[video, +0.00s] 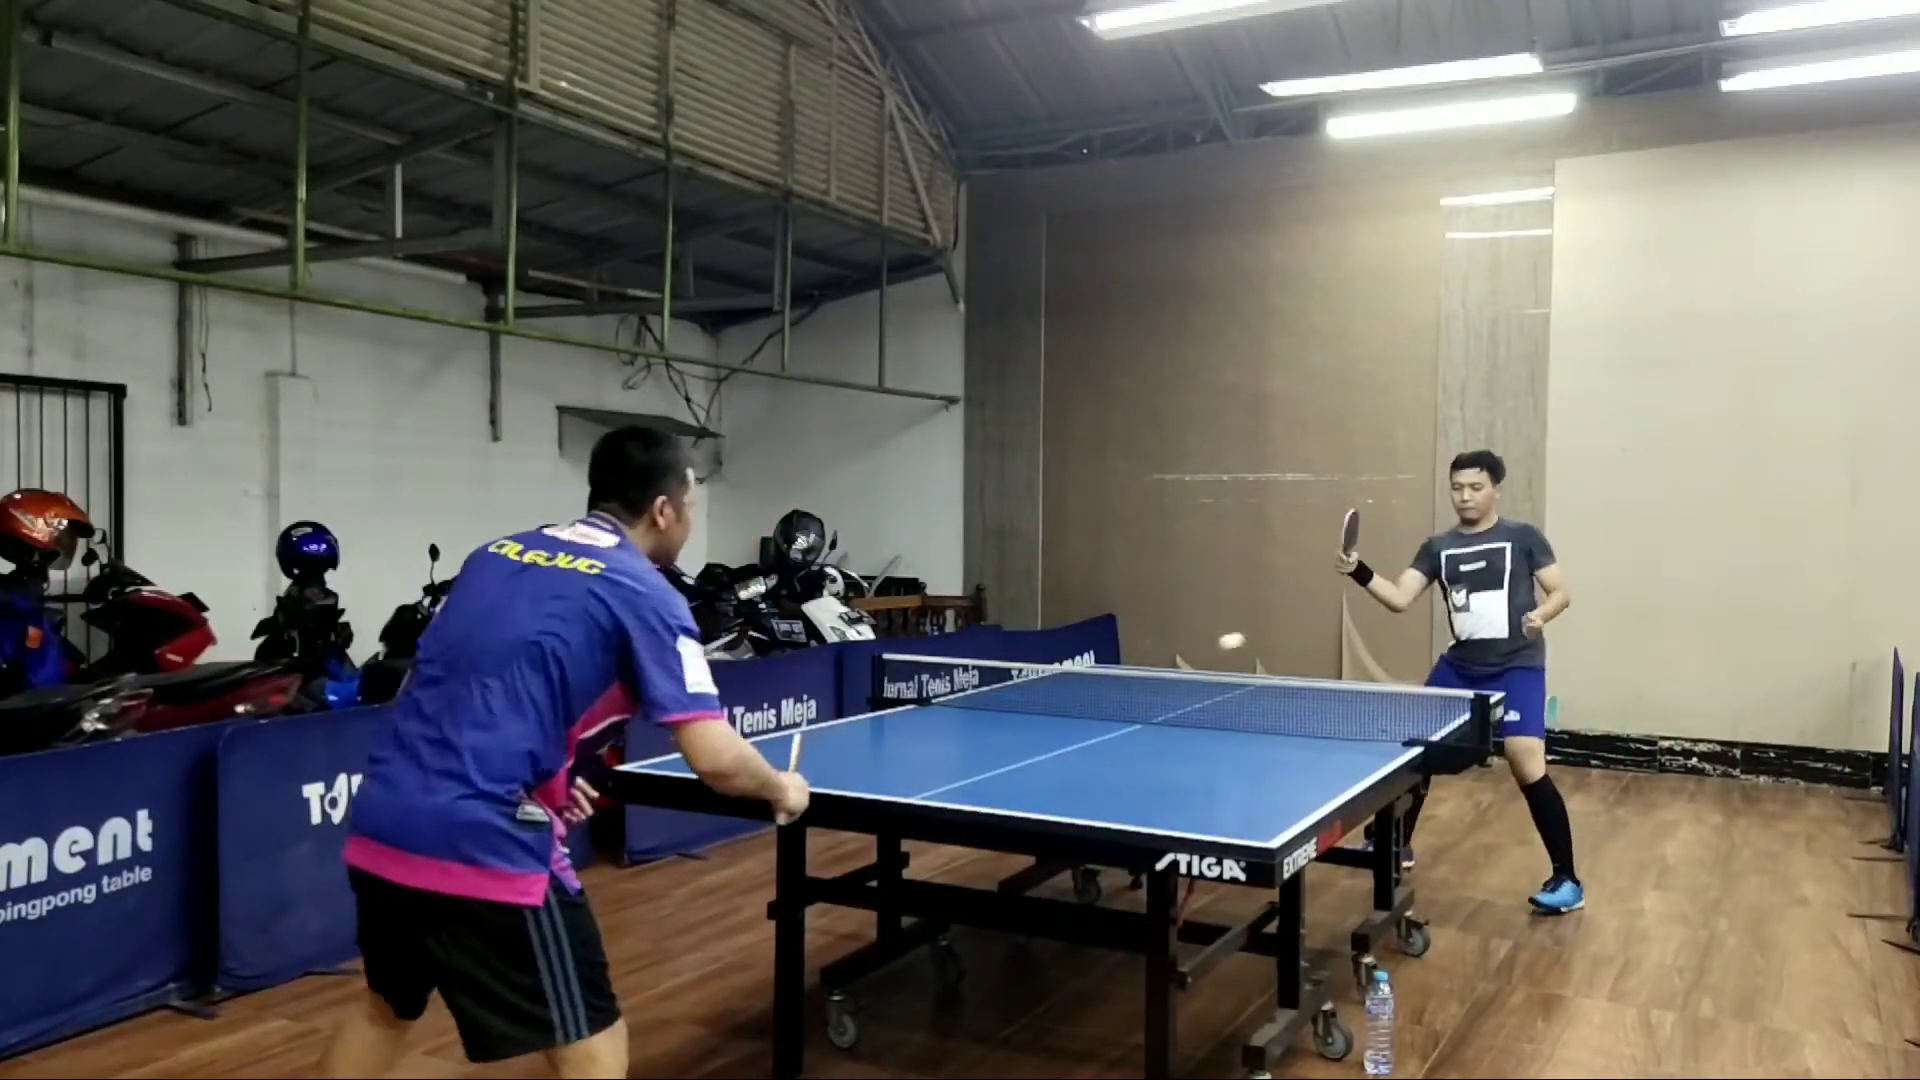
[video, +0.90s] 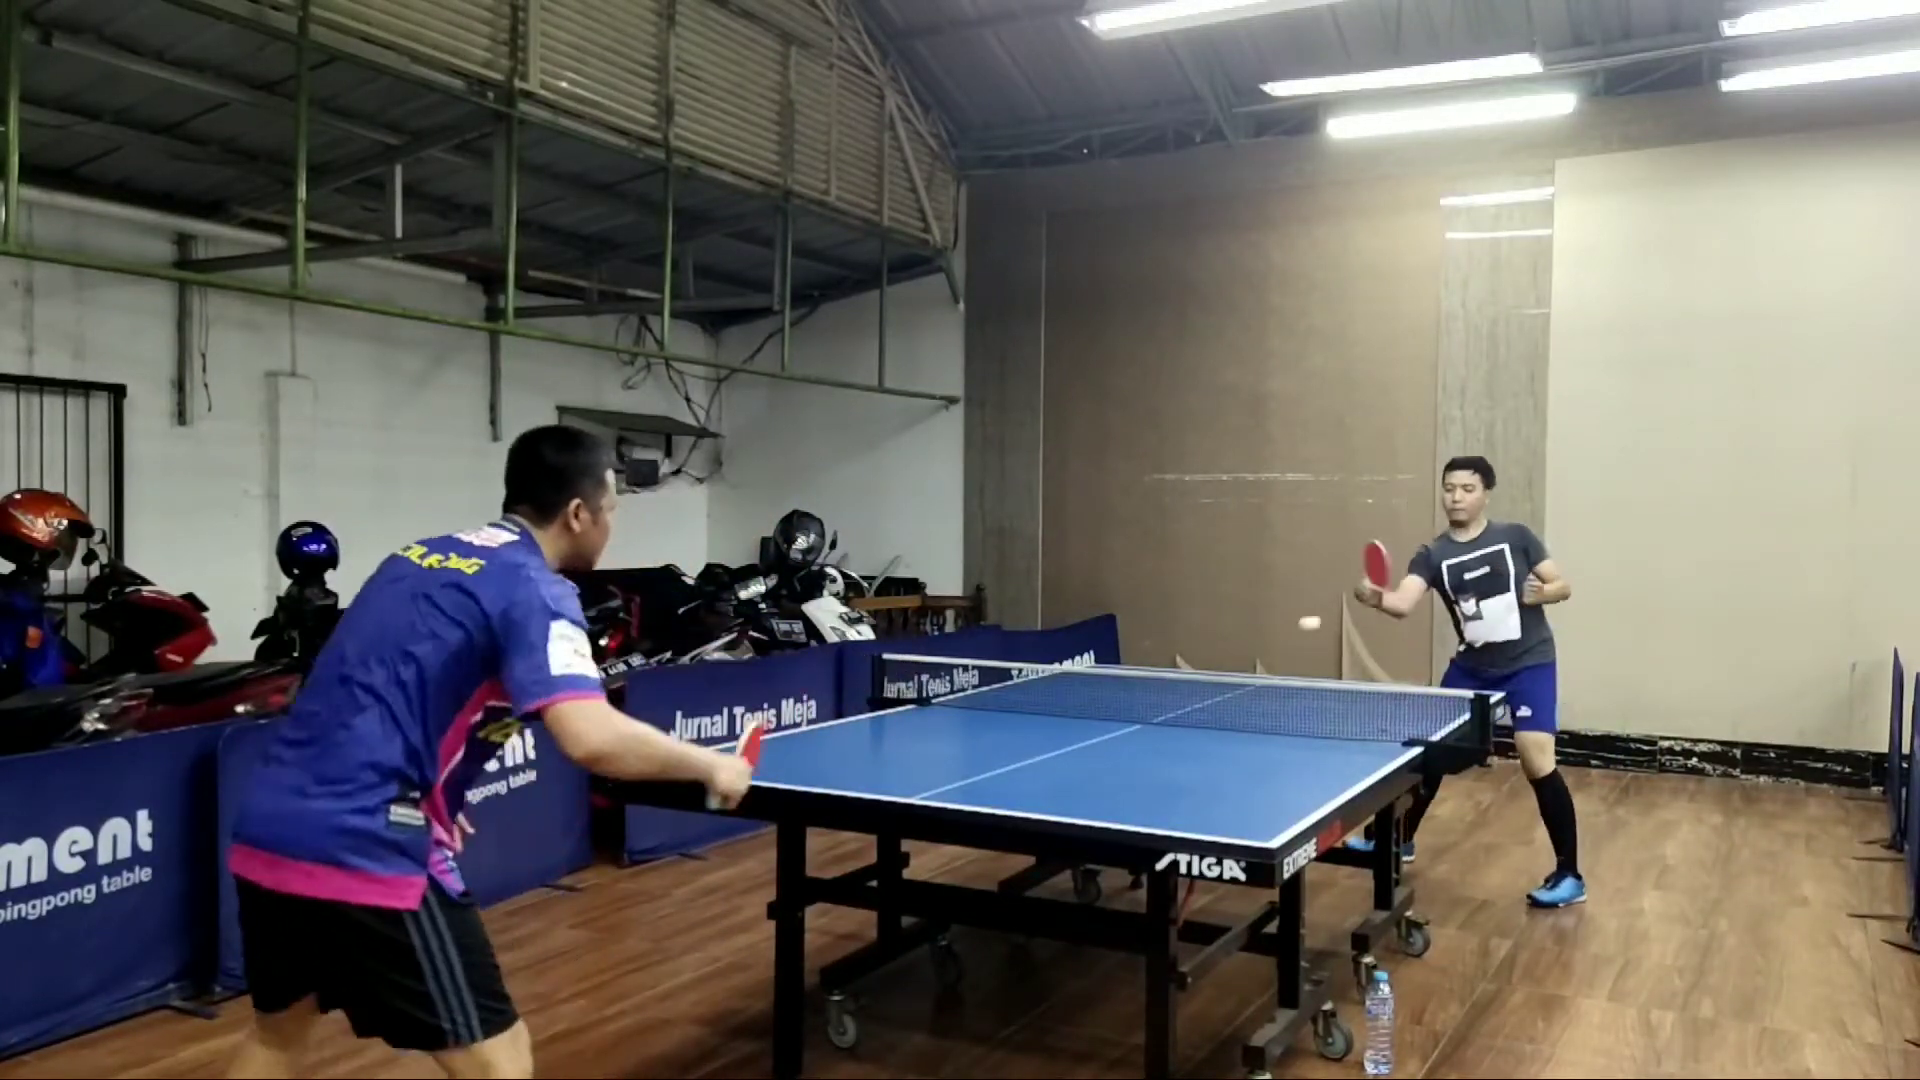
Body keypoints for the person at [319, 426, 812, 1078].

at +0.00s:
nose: (692, 519)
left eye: (691, 501)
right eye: (690, 502)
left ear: (596, 496)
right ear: (662, 509)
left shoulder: (498, 551)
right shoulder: (645, 592)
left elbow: (442, 681)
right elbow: (716, 757)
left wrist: (539, 760)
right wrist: (778, 790)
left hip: (378, 828)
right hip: (488, 845)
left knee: (382, 1006)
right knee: (592, 1043)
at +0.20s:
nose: (676, 582)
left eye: (679, 567)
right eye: (678, 566)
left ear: (592, 538)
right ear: (653, 559)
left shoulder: (484, 585)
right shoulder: (626, 641)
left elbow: (451, 718)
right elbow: (717, 789)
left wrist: (556, 766)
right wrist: (761, 768)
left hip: (353, 869)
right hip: (468, 888)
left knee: (365, 1032)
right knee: (619, 1051)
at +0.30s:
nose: (690, 597)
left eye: (694, 582)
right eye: (692, 582)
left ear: (605, 551)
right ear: (666, 576)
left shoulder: (494, 588)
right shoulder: (650, 648)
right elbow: (804, 749)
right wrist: (850, 729)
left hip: (354, 873)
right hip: (470, 896)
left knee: (361, 1036)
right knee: (631, 1054)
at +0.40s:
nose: (697, 584)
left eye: (697, 570)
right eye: (697, 569)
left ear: (603, 540)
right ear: (672, 560)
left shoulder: (492, 579)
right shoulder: (660, 630)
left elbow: (396, 690)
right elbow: (837, 693)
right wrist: (900, 687)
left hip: (357, 872)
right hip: (482, 894)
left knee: (349, 1042)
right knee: (630, 1056)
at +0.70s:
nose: (642, 545)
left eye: (643, 526)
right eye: (640, 526)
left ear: (544, 511)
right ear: (607, 526)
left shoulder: (437, 573)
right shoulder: (576, 599)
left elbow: (355, 687)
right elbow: (716, 684)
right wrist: (828, 665)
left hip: (323, 867)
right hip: (438, 880)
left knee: (313, 1047)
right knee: (587, 1053)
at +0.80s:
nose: (620, 534)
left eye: (620, 518)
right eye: (618, 518)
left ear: (525, 510)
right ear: (587, 523)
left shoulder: (432, 565)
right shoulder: (540, 595)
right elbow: (644, 713)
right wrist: (773, 714)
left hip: (292, 853)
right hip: (401, 867)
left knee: (304, 1045)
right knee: (542, 1058)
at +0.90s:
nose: (611, 524)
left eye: (613, 508)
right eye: (610, 508)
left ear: (515, 501)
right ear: (577, 513)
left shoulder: (428, 551)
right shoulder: (533, 584)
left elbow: (372, 682)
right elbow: (590, 736)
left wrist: (425, 791)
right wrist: (707, 763)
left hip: (265, 829)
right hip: (368, 844)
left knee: (278, 1035)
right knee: (497, 1058)